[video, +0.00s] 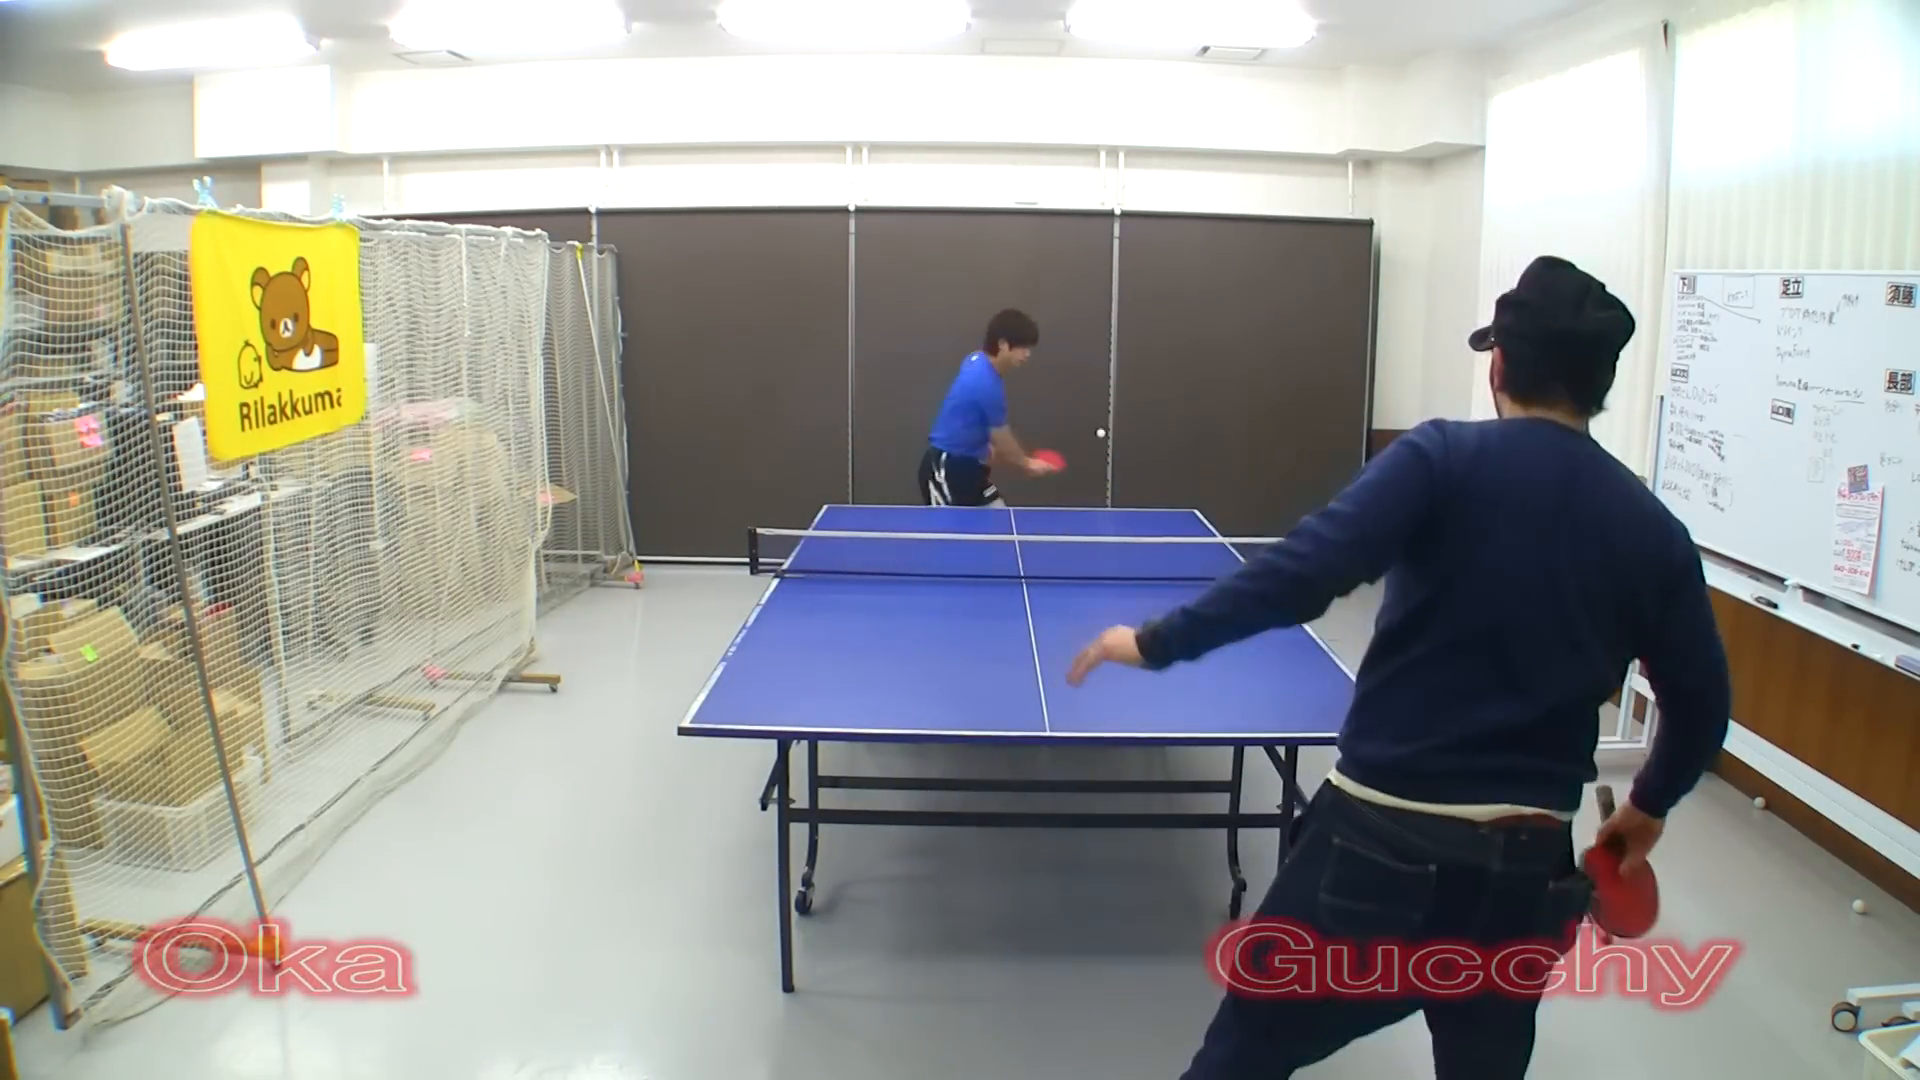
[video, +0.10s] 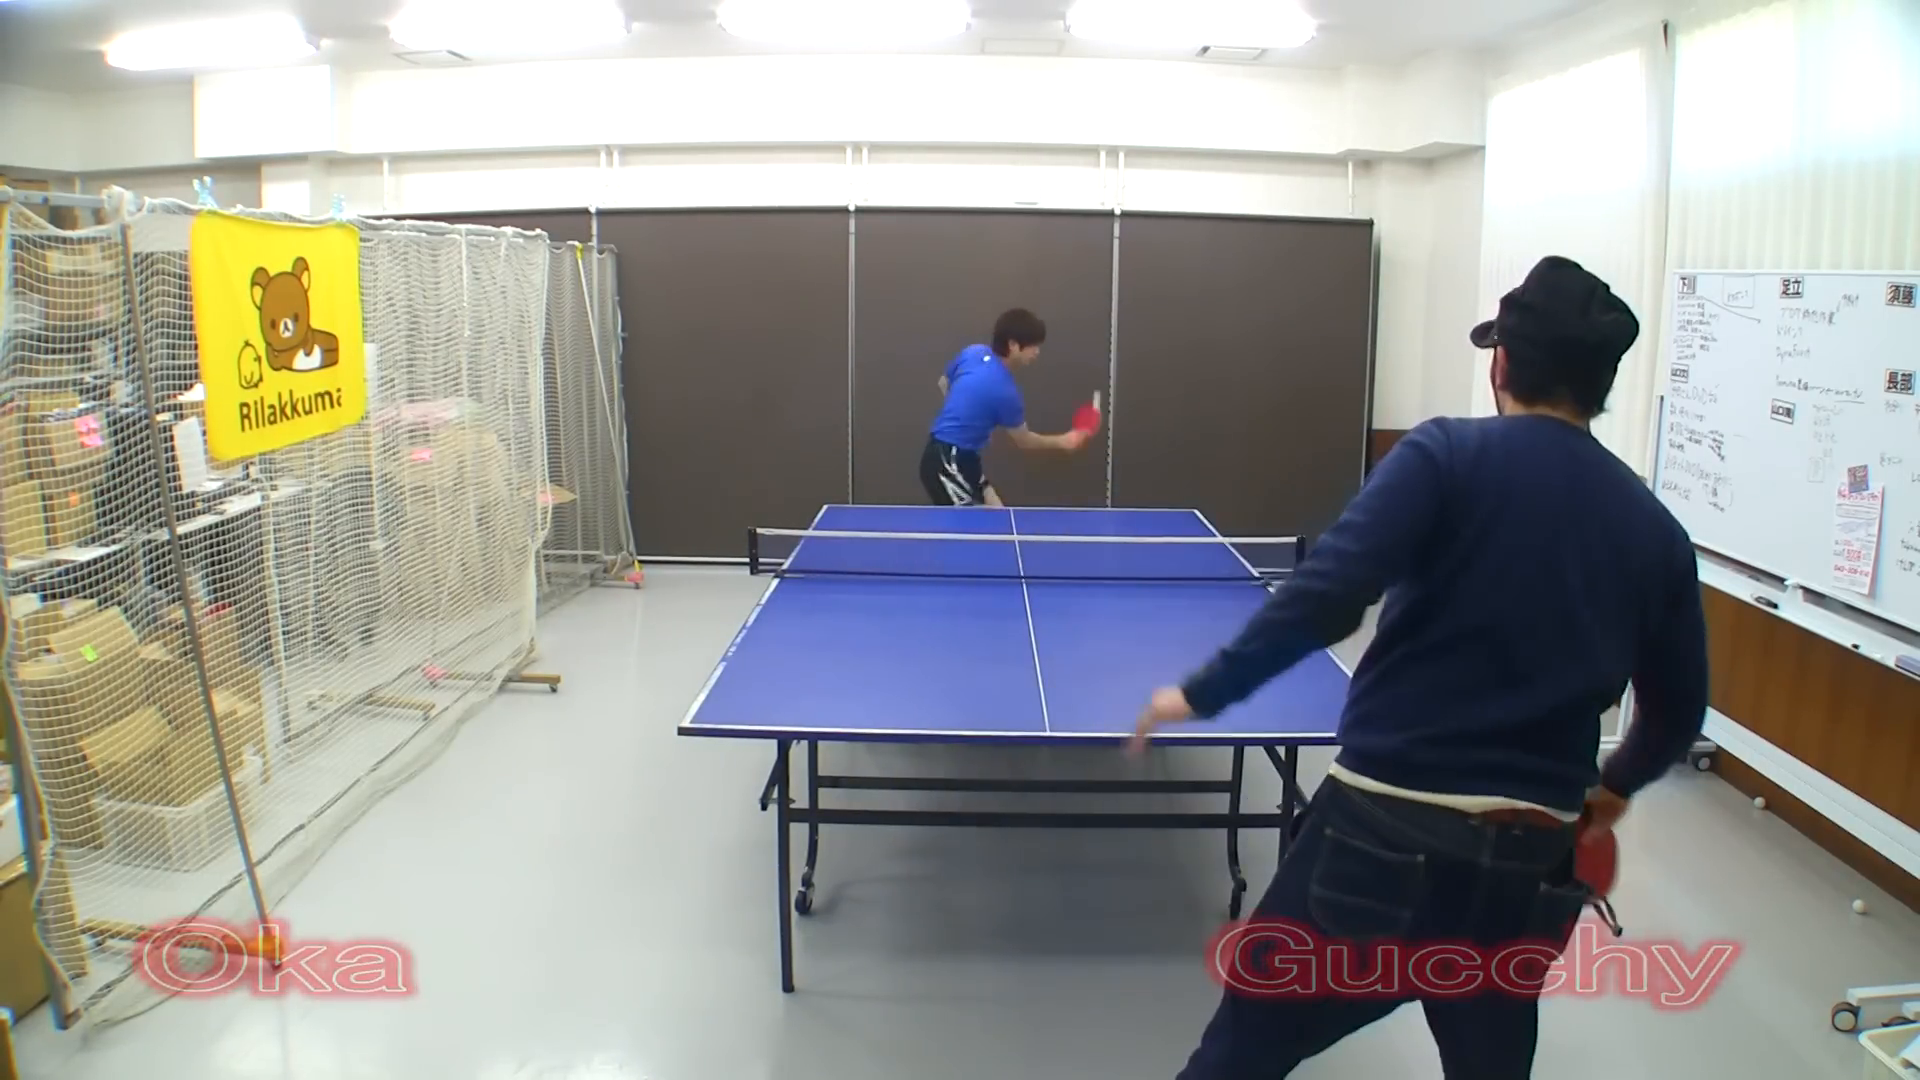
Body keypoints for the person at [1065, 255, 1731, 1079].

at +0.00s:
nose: (1486, 364)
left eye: (1489, 350)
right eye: (1491, 345)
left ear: (1499, 363)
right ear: (1601, 383)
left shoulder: (1441, 458)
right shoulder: (1650, 526)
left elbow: (1305, 572)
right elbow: (1701, 705)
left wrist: (1152, 641)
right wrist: (1646, 809)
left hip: (1380, 847)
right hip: (1528, 868)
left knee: (1240, 1053)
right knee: (1487, 1063)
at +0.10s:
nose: (1487, 363)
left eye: (1491, 349)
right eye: (1492, 347)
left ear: (1503, 362)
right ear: (1599, 384)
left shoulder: (1446, 453)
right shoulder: (1653, 527)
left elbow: (1331, 589)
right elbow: (1675, 708)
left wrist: (1199, 692)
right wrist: (1614, 787)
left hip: (1380, 838)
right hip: (1530, 859)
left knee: (1241, 1048)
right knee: (1493, 1065)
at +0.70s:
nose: (1182, 408)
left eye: (1188, 394)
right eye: (1190, 390)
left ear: (1199, 413)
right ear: (1301, 411)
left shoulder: (1172, 550)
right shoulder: (1373, 539)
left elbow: (1091, 735)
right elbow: (1403, 694)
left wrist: (1005, 806)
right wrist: (1292, 723)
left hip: (1217, 925)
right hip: (1363, 912)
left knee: (1054, 1061)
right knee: (1379, 1059)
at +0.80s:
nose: (1041, 432)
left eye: (1047, 414)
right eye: (1047, 409)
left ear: (1065, 431)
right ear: (1168, 420)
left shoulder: (1029, 568)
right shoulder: (1259, 541)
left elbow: (923, 746)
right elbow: (1317, 702)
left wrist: (877, 770)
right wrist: (1217, 730)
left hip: (1107, 947)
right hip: (1273, 932)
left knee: (1007, 1068)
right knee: (1342, 1057)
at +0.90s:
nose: (918, 417)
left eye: (922, 400)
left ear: (930, 420)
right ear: (1045, 417)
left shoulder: (872, 564)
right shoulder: (1130, 541)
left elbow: (735, 698)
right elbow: (1198, 707)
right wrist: (1086, 723)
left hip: (990, 966)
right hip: (1156, 947)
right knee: (1254, 1068)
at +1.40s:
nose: (461, 397)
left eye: (453, 378)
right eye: (453, 380)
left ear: (344, 402)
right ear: (433, 402)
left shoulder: (340, 505)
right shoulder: (375, 578)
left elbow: (409, 551)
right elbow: (423, 761)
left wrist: (506, 572)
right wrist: (575, 715)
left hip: (306, 872)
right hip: (382, 902)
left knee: (269, 1031)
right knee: (480, 1065)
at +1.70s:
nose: (223, 369)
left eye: (214, 353)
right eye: (210, 358)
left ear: (114, 399)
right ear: (185, 384)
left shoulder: (86, 506)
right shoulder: (204, 497)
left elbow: (60, 649)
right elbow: (364, 532)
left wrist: (220, 673)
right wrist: (365, 387)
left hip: (71, 827)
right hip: (170, 842)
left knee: (132, 1021)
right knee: (227, 1047)